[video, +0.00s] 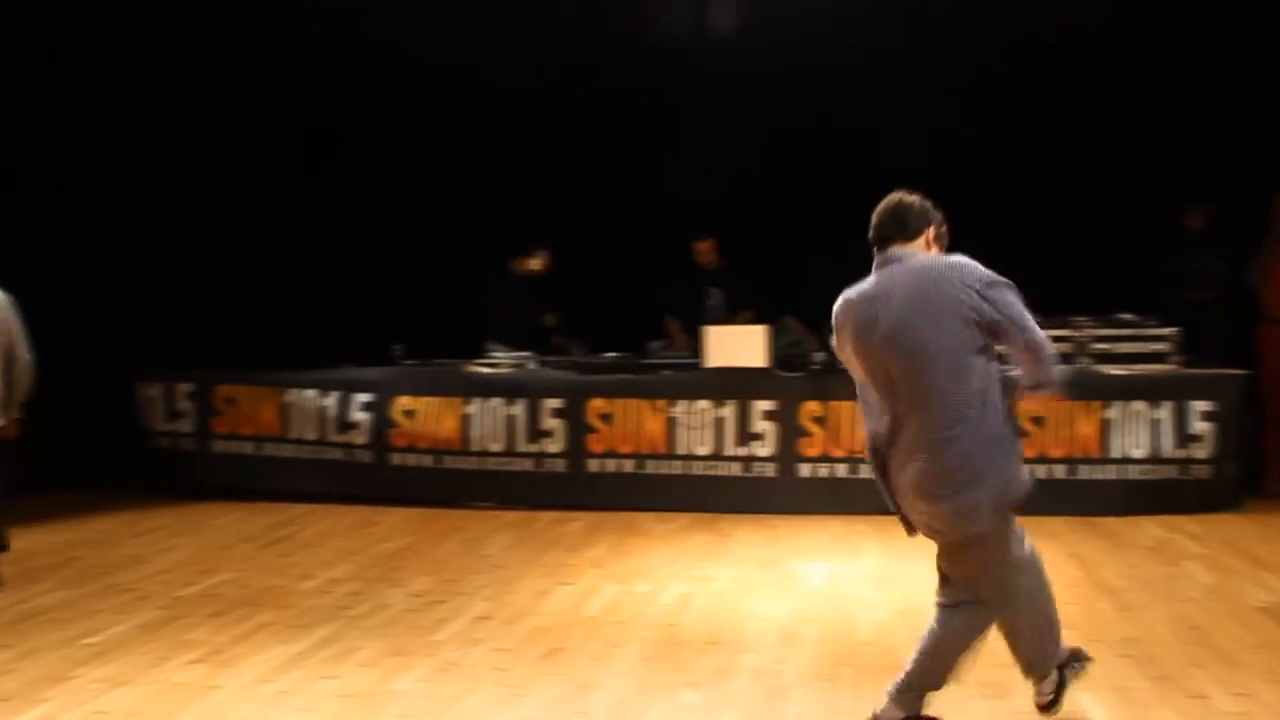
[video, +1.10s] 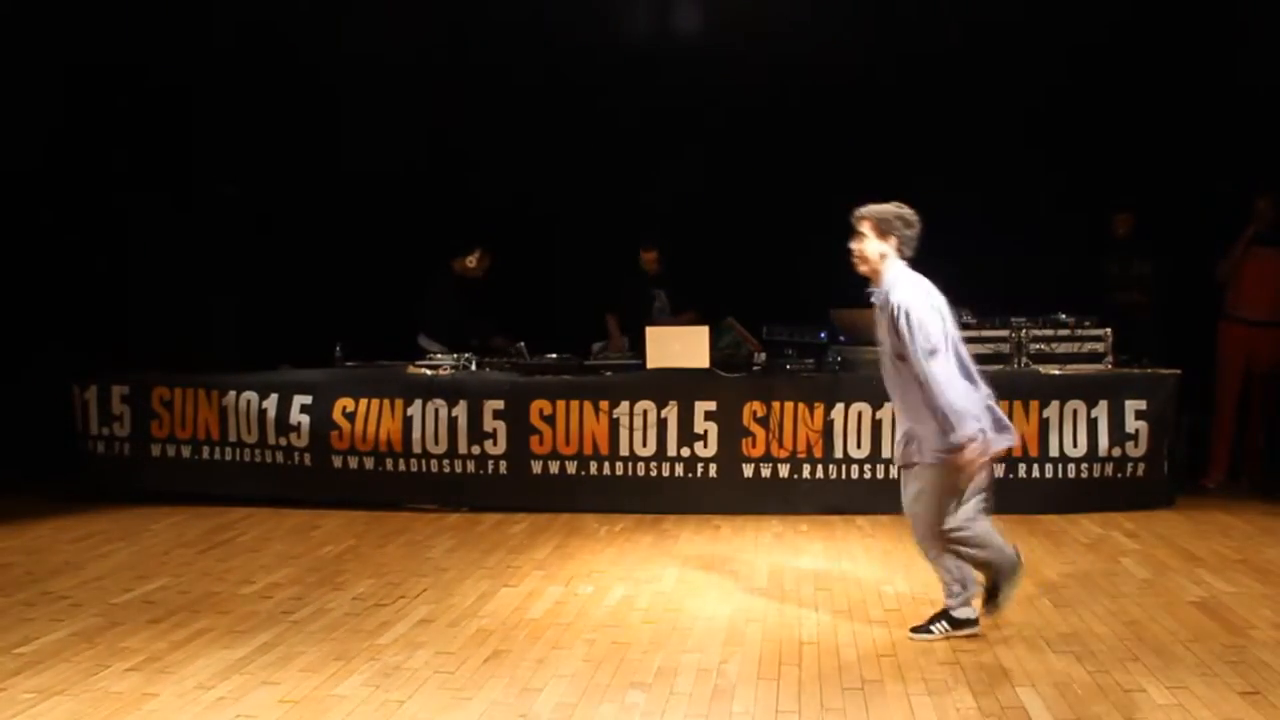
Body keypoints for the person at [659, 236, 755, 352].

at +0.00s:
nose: (705, 258)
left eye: (708, 252)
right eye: (700, 253)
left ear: (715, 252)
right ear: (694, 255)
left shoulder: (731, 275)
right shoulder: (687, 278)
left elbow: (747, 312)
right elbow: (673, 317)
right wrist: (681, 342)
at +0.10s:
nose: (686, 259)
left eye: (690, 254)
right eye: (681, 255)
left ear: (698, 254)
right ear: (675, 257)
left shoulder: (713, 278)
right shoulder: (668, 282)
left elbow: (727, 310)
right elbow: (654, 316)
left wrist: (712, 331)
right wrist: (655, 341)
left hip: (710, 338)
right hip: (677, 340)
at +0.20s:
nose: (677, 263)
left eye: (681, 258)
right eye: (672, 259)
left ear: (688, 257)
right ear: (665, 259)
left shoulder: (702, 279)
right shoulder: (658, 283)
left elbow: (719, 309)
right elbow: (644, 318)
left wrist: (703, 328)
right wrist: (648, 342)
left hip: (701, 337)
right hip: (667, 339)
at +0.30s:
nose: (668, 263)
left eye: (672, 258)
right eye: (663, 259)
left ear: (679, 258)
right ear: (657, 259)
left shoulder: (692, 280)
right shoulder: (648, 282)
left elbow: (707, 310)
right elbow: (630, 315)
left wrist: (697, 331)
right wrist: (634, 340)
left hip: (691, 338)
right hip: (657, 339)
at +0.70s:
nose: (670, 267)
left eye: (673, 263)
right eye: (666, 263)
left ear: (680, 261)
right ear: (659, 262)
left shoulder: (692, 284)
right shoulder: (649, 285)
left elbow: (709, 315)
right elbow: (625, 317)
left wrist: (687, 330)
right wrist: (628, 345)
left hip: (689, 342)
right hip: (655, 344)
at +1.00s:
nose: (657, 266)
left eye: (660, 261)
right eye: (652, 262)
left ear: (665, 259)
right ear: (645, 261)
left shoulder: (677, 281)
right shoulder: (636, 283)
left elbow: (698, 315)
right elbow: (618, 315)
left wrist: (677, 326)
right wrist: (622, 342)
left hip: (679, 341)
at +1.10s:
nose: (651, 266)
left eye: (654, 261)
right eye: (646, 261)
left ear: (660, 260)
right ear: (640, 261)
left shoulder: (672, 281)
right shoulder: (632, 283)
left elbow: (690, 313)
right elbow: (611, 313)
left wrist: (671, 327)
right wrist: (616, 338)